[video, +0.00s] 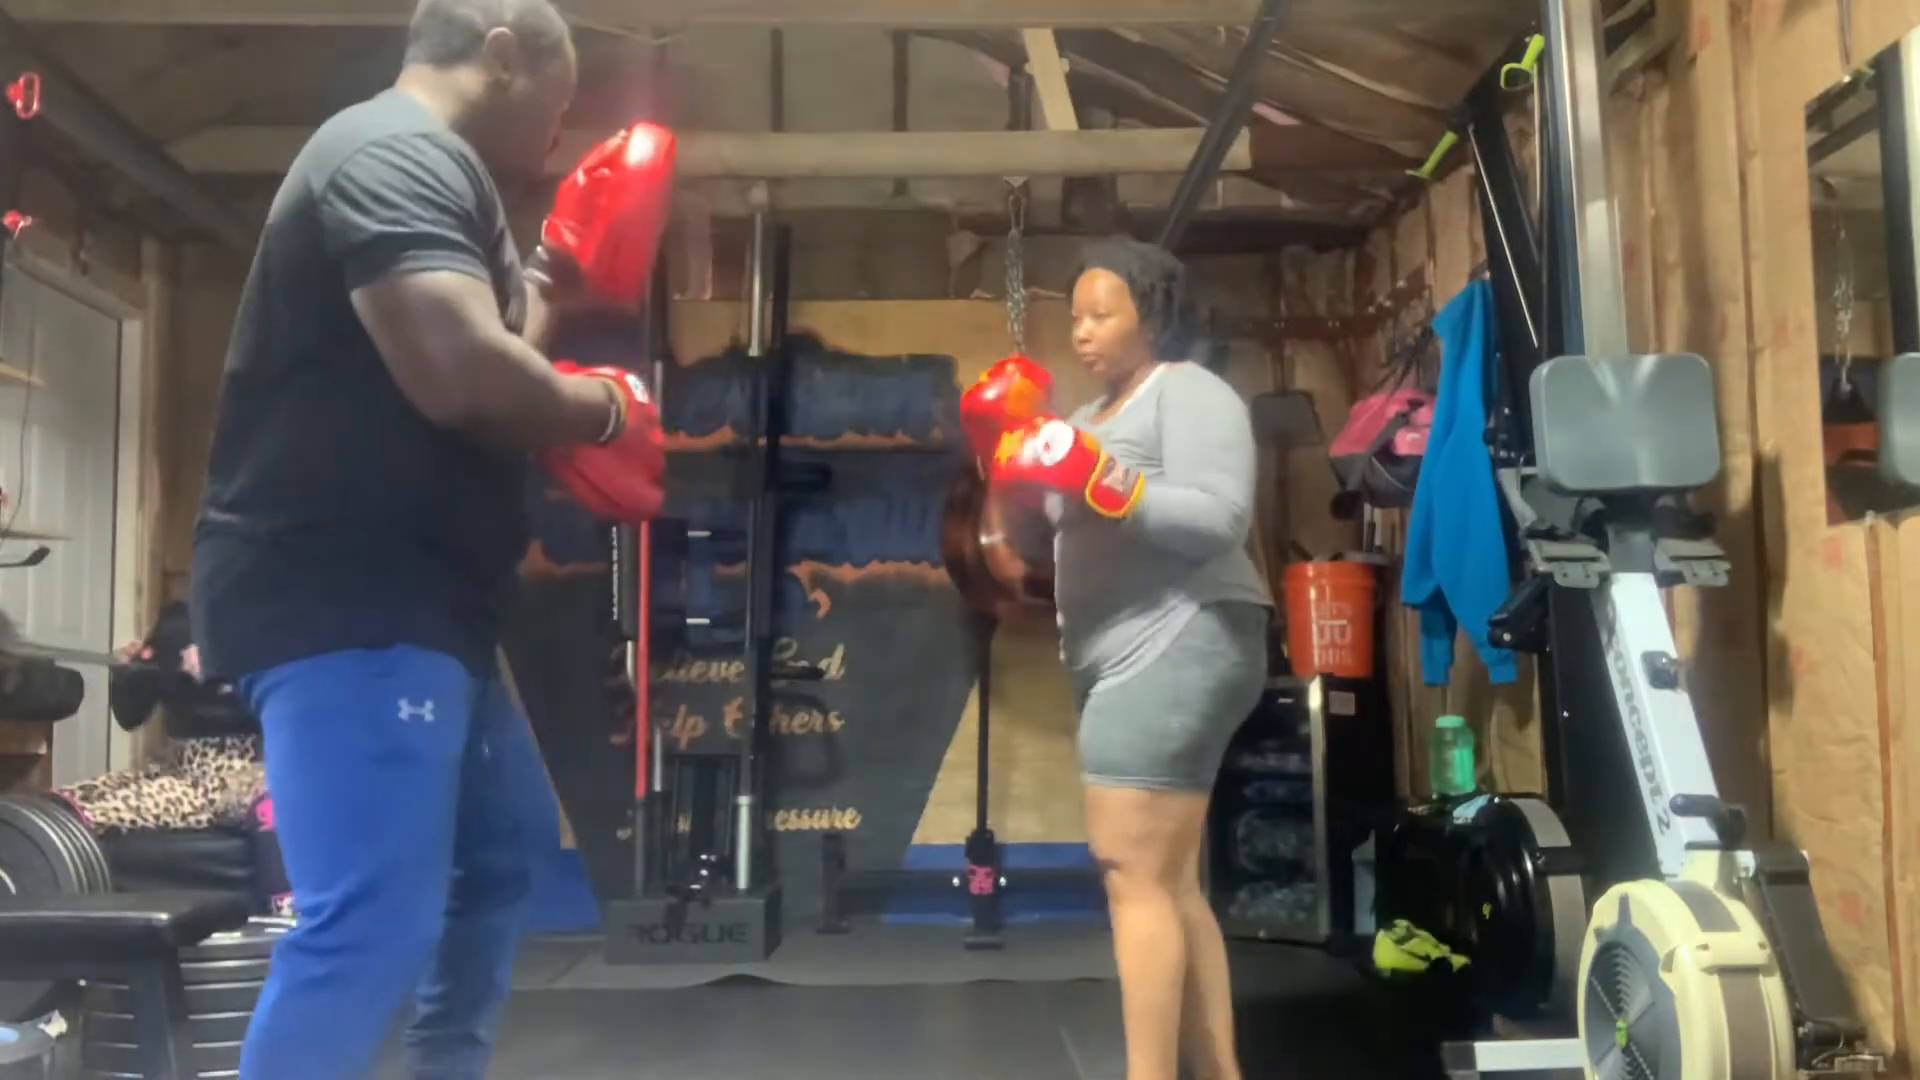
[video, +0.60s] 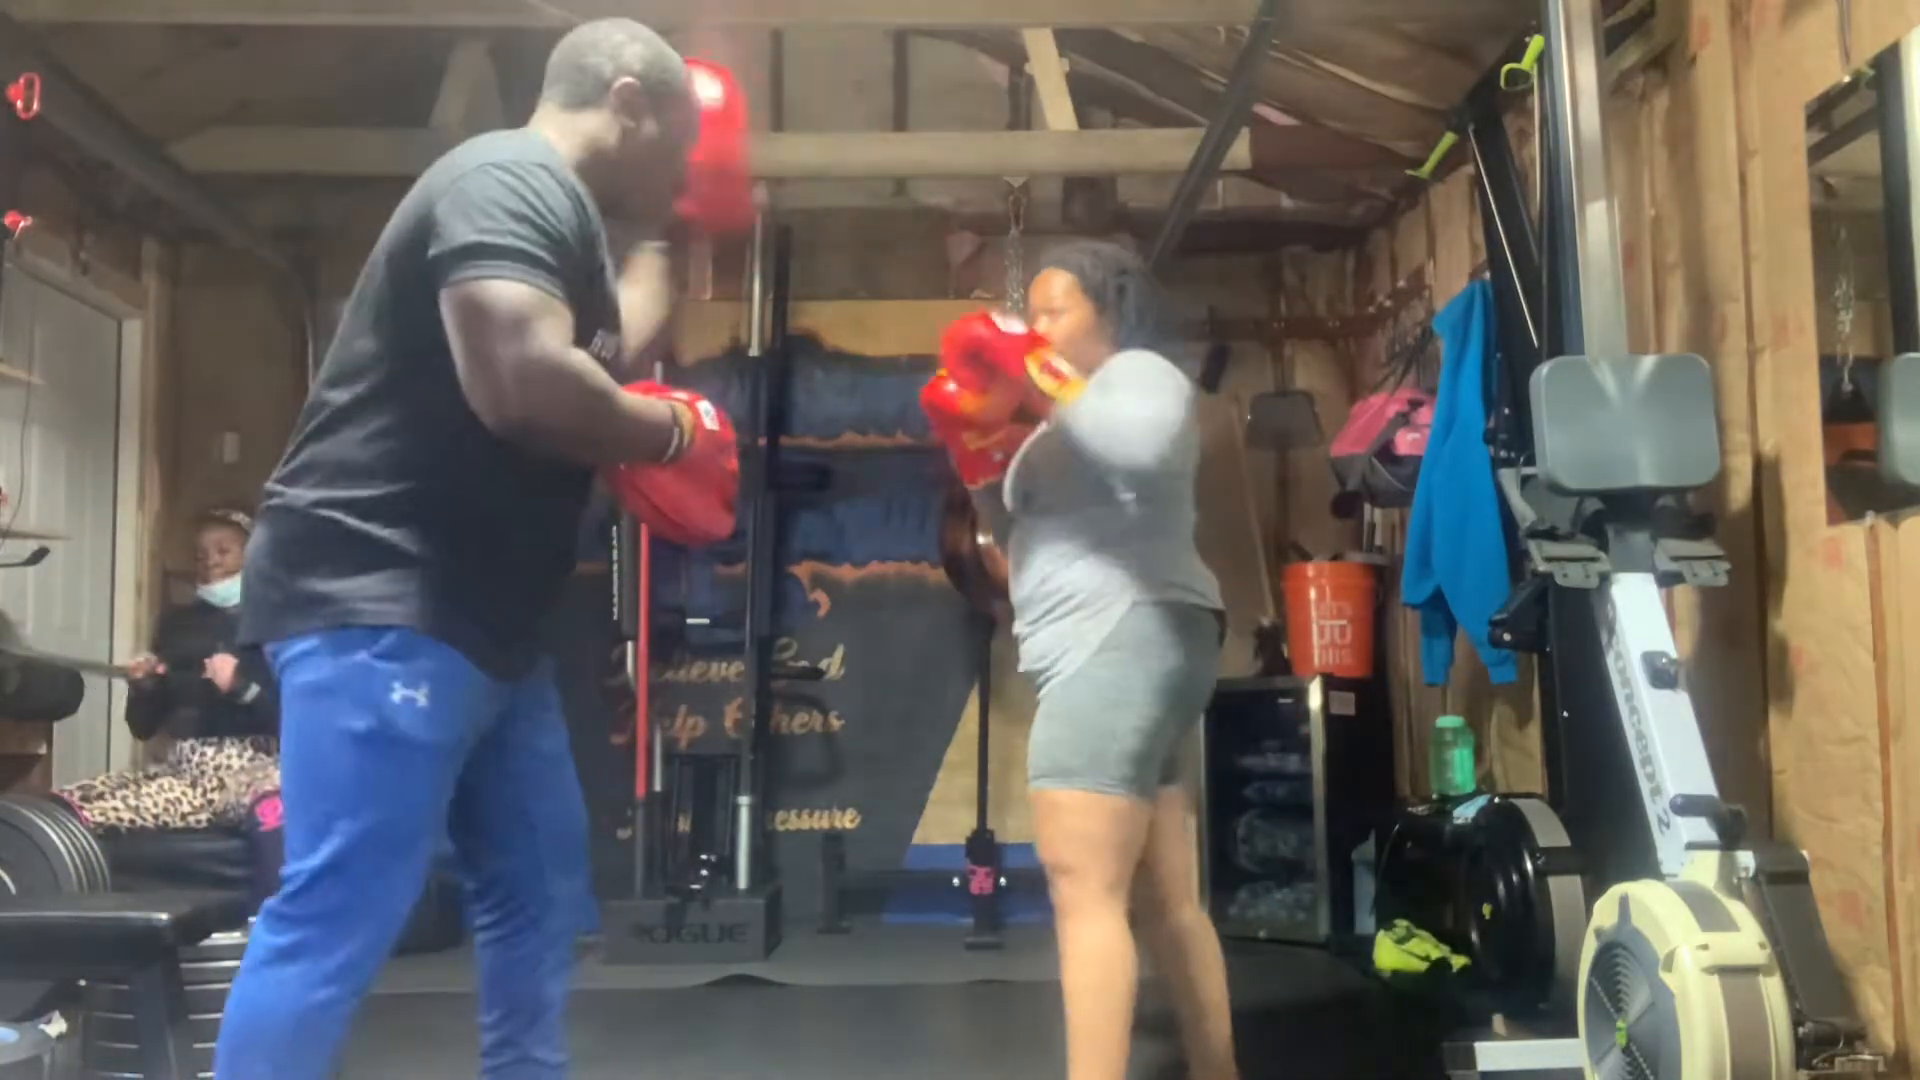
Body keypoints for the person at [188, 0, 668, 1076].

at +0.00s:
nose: (552, 149)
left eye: (562, 122)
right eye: (555, 114)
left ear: (469, 52)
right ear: (504, 56)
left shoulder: (439, 174)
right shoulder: (390, 149)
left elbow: (484, 391)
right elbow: (458, 377)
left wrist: (549, 294)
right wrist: (590, 402)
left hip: (425, 599)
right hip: (348, 597)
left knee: (504, 862)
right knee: (369, 922)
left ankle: (443, 1068)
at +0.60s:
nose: (684, 169)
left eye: (691, 143)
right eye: (684, 137)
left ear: (609, 105)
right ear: (629, 100)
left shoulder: (564, 222)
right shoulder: (506, 176)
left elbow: (607, 367)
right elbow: (518, 381)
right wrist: (665, 428)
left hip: (487, 621)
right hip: (379, 602)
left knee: (538, 904)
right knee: (335, 920)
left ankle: (524, 1073)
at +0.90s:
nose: (676, 209)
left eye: (683, 182)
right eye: (677, 175)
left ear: (585, 130)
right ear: (626, 132)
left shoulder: (557, 247)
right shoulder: (516, 220)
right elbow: (567, 438)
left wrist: (652, 410)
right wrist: (670, 501)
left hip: (488, 658)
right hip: (380, 644)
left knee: (607, 859)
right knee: (270, 949)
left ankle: (557, 1069)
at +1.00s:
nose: (724, 210)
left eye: (729, 186)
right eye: (723, 180)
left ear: (611, 141)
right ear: (670, 144)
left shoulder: (545, 233)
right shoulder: (593, 244)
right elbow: (701, 488)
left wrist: (713, 370)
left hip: (511, 656)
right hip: (421, 645)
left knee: (625, 864)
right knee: (295, 949)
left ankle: (574, 1071)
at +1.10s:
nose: (795, 210)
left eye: (799, 185)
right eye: (792, 180)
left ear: (694, 147)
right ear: (741, 149)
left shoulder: (640, 228)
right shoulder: (684, 243)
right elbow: (780, 471)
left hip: (569, 629)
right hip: (477, 618)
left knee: (643, 885)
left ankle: (579, 1069)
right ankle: (269, 1078)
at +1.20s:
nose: (881, 215)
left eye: (887, 191)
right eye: (880, 186)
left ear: (793, 158)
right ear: (826, 160)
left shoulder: (708, 227)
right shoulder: (745, 252)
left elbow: (853, 344)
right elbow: (833, 469)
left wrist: (968, 379)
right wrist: (855, 429)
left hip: (529, 591)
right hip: (571, 596)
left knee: (656, 889)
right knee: (719, 893)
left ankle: (559, 1069)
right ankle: (526, 1073)